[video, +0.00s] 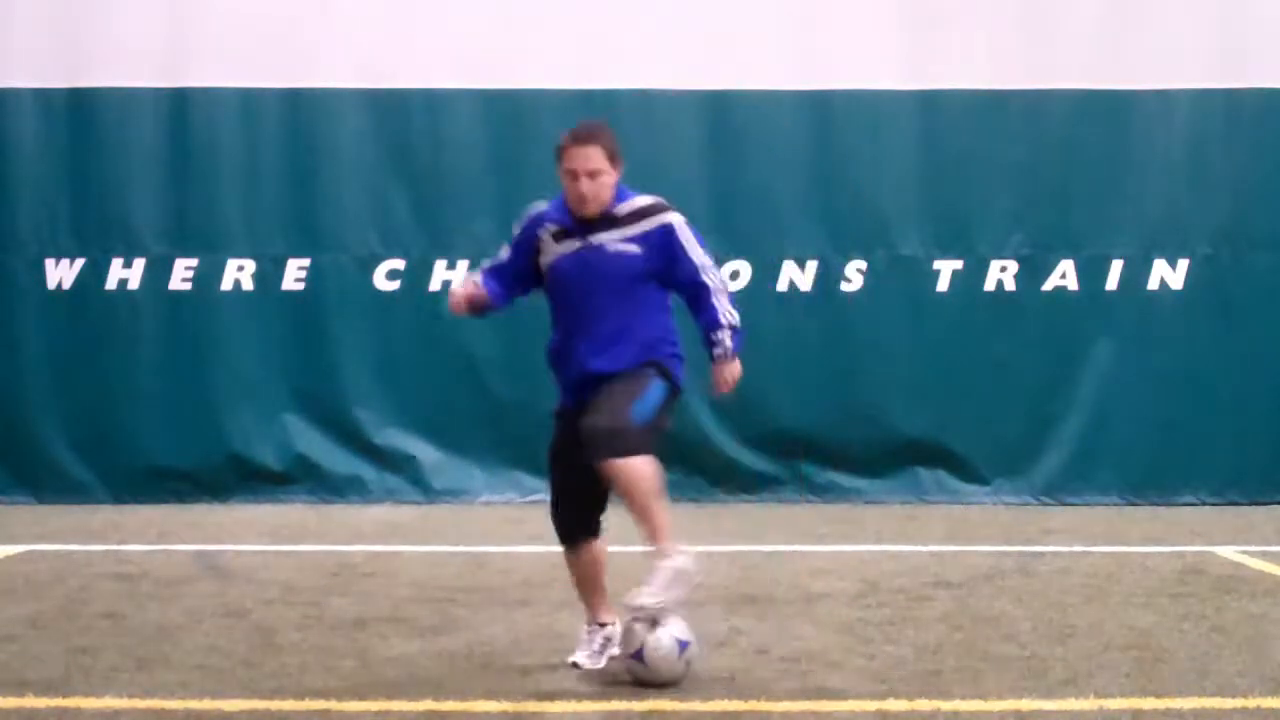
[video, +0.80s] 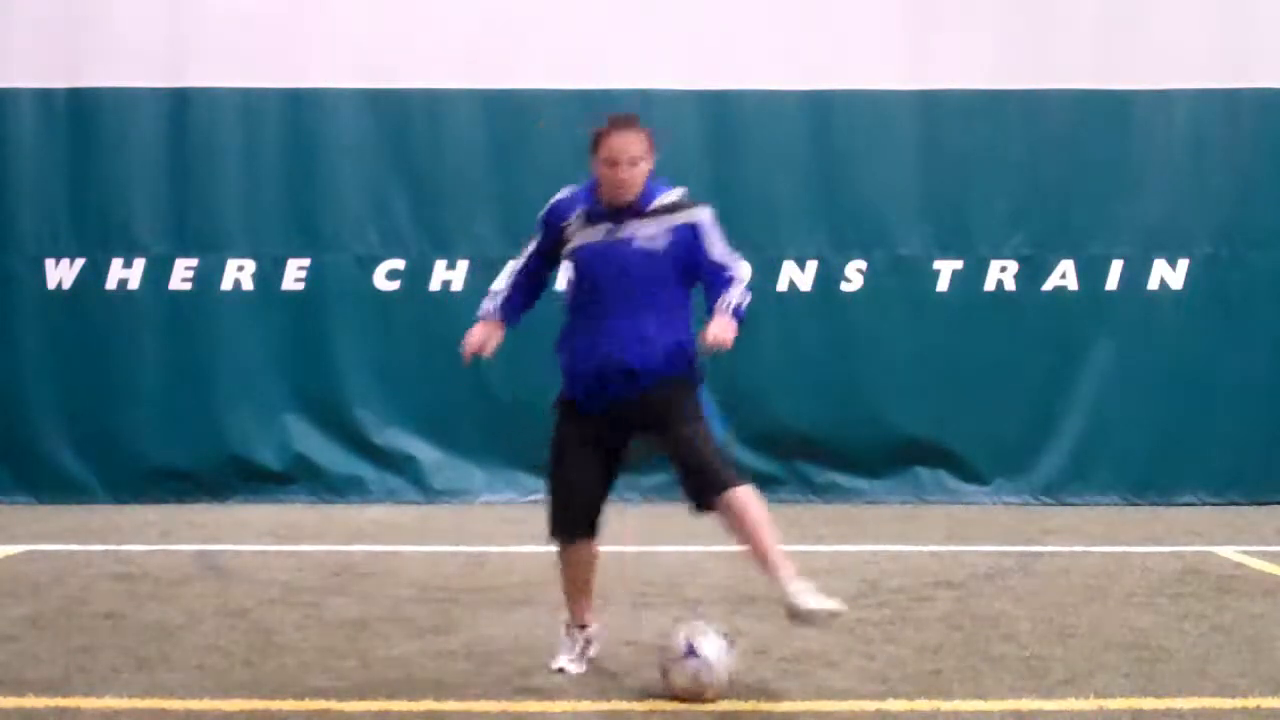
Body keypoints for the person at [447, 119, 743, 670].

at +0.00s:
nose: (582, 187)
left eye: (593, 175)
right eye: (572, 176)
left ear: (616, 173)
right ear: (560, 177)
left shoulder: (654, 219)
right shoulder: (544, 228)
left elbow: (704, 281)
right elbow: (512, 273)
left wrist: (724, 346)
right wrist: (479, 291)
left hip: (646, 369)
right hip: (582, 385)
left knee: (610, 435)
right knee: (573, 518)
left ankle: (670, 556)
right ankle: (602, 624)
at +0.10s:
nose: (562, 174)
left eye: (572, 161)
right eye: (551, 162)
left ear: (595, 158)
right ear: (538, 162)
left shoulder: (635, 201)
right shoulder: (523, 207)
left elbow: (688, 261)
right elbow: (493, 255)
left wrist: (712, 325)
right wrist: (463, 274)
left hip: (626, 357)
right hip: (568, 366)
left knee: (569, 452)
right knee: (557, 489)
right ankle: (633, 587)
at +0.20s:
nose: (543, 195)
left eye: (555, 182)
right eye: (533, 182)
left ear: (578, 176)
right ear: (520, 178)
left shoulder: (616, 226)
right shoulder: (508, 221)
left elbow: (675, 281)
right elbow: (482, 268)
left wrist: (703, 355)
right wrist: (450, 293)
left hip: (604, 385)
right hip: (549, 385)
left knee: (546, 502)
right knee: (536, 507)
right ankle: (657, 529)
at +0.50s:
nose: (541, 199)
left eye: (553, 187)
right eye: (531, 187)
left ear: (577, 181)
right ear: (517, 183)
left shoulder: (615, 227)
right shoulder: (504, 230)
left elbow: (682, 282)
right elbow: (488, 290)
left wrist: (690, 352)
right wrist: (465, 338)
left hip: (602, 403)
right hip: (541, 403)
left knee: (552, 520)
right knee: (521, 513)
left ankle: (526, 655)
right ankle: (642, 528)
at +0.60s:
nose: (560, 183)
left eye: (571, 171)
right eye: (549, 172)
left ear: (592, 169)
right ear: (533, 171)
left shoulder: (628, 215)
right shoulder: (515, 221)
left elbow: (682, 267)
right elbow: (503, 282)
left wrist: (697, 349)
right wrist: (495, 342)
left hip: (621, 380)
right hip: (558, 382)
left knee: (596, 484)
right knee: (552, 497)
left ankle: (582, 618)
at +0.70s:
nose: (584, 196)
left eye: (595, 184)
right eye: (573, 185)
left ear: (616, 185)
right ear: (559, 186)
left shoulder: (650, 236)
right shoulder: (537, 237)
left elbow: (702, 302)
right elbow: (512, 295)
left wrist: (706, 357)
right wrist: (490, 354)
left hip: (643, 394)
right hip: (572, 398)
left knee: (662, 496)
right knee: (559, 524)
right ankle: (584, 634)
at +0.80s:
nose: (624, 174)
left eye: (634, 163)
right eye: (613, 163)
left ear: (651, 162)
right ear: (594, 164)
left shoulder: (682, 212)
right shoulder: (567, 214)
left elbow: (732, 274)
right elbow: (530, 268)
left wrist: (725, 314)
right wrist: (494, 317)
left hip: (666, 381)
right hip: (590, 388)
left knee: (712, 476)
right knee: (572, 517)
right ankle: (579, 630)